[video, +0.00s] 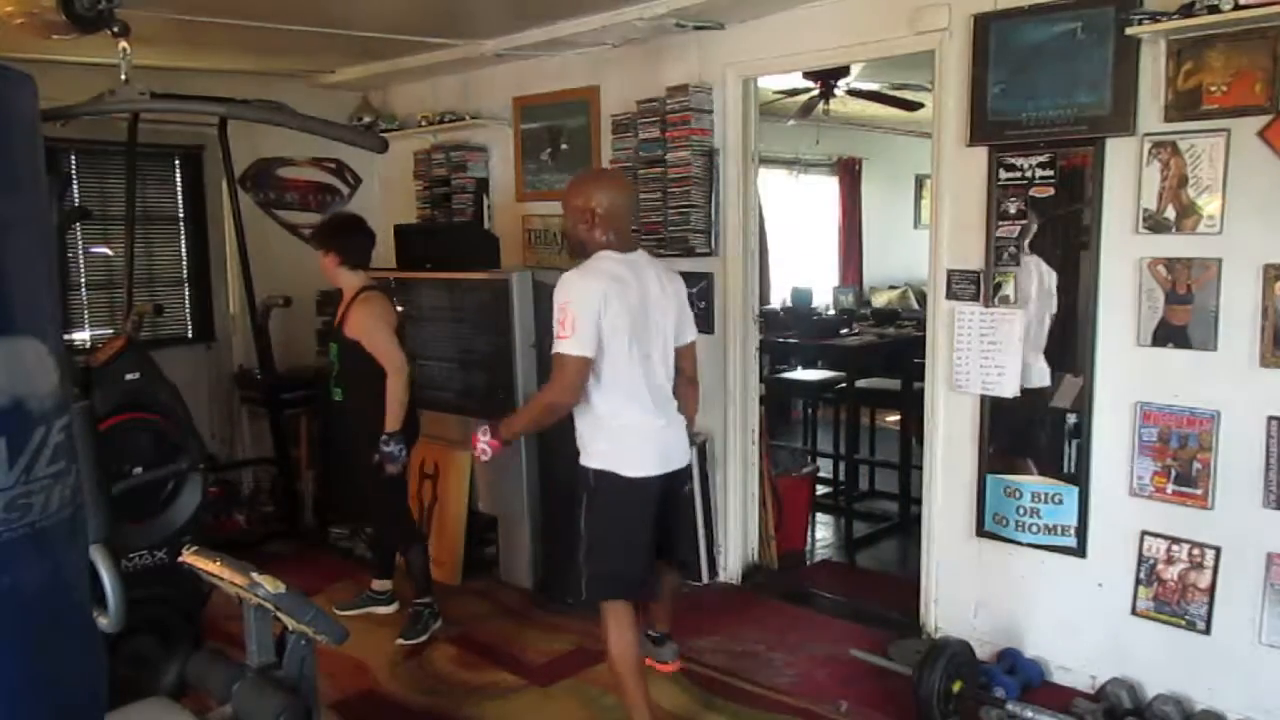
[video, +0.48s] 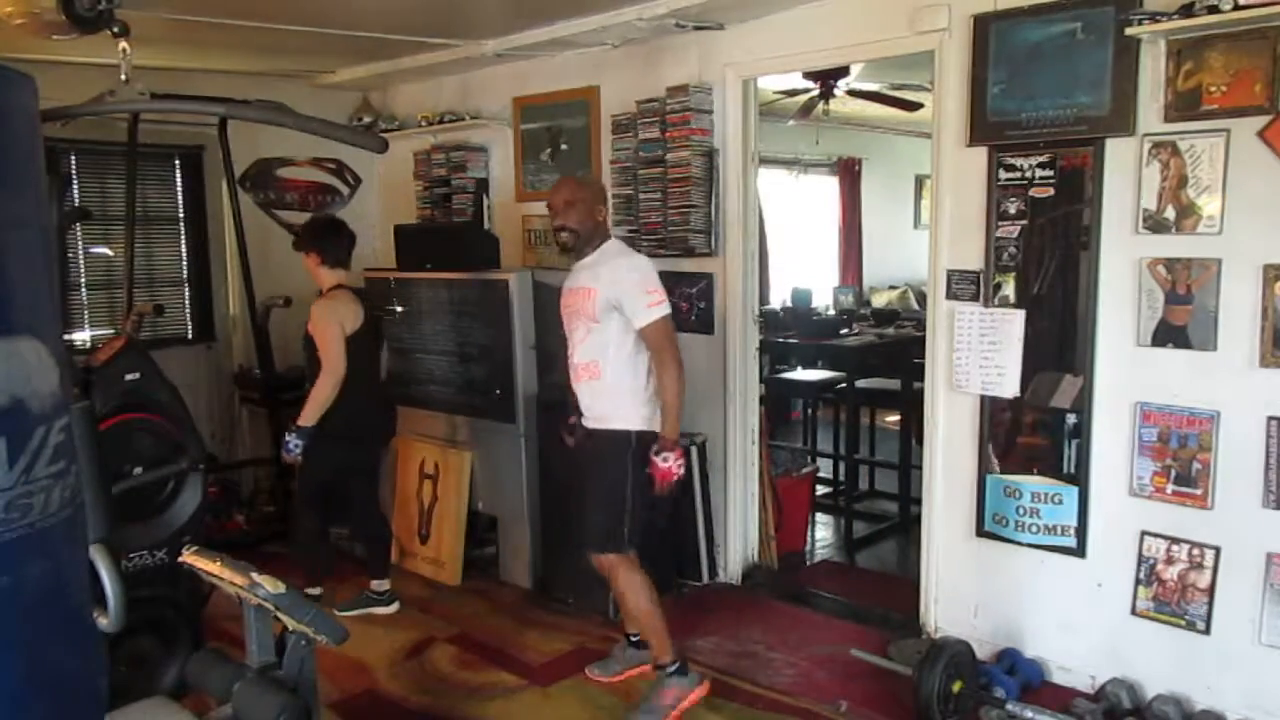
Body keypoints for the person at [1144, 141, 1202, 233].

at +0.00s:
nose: (1158, 158)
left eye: (1159, 153)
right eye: (1155, 156)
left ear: (1168, 149)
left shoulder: (1175, 161)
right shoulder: (1164, 165)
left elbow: (1171, 188)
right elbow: (1162, 188)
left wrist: (1160, 213)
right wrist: (1157, 213)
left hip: (1190, 212)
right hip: (1180, 213)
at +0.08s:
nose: (1158, 158)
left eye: (1159, 153)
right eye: (1155, 156)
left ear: (1168, 149)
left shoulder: (1175, 161)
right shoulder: (1164, 166)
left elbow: (1171, 188)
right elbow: (1162, 188)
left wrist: (1160, 213)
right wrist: (1157, 213)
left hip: (1190, 212)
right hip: (1180, 213)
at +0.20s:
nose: (1158, 158)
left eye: (1159, 153)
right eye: (1155, 156)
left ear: (1168, 149)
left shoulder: (1175, 161)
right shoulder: (1164, 165)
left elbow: (1171, 188)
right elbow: (1162, 188)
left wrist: (1160, 213)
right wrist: (1157, 213)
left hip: (1190, 212)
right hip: (1180, 213)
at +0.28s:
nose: (1158, 158)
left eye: (1159, 154)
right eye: (1155, 156)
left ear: (1168, 149)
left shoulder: (1175, 161)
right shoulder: (1164, 165)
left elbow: (1170, 188)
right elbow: (1162, 188)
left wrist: (1160, 213)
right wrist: (1157, 212)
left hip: (1190, 212)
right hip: (1180, 212)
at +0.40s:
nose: (1158, 158)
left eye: (1159, 154)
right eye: (1155, 156)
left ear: (1168, 149)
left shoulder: (1175, 161)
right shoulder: (1164, 164)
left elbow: (1170, 188)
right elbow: (1162, 188)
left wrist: (1160, 213)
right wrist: (1157, 212)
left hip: (1190, 211)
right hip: (1180, 212)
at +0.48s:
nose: (1158, 158)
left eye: (1159, 154)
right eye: (1155, 156)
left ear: (1168, 149)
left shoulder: (1175, 161)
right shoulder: (1164, 164)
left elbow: (1170, 188)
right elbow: (1162, 188)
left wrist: (1160, 213)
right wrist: (1157, 212)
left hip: (1190, 211)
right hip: (1180, 212)